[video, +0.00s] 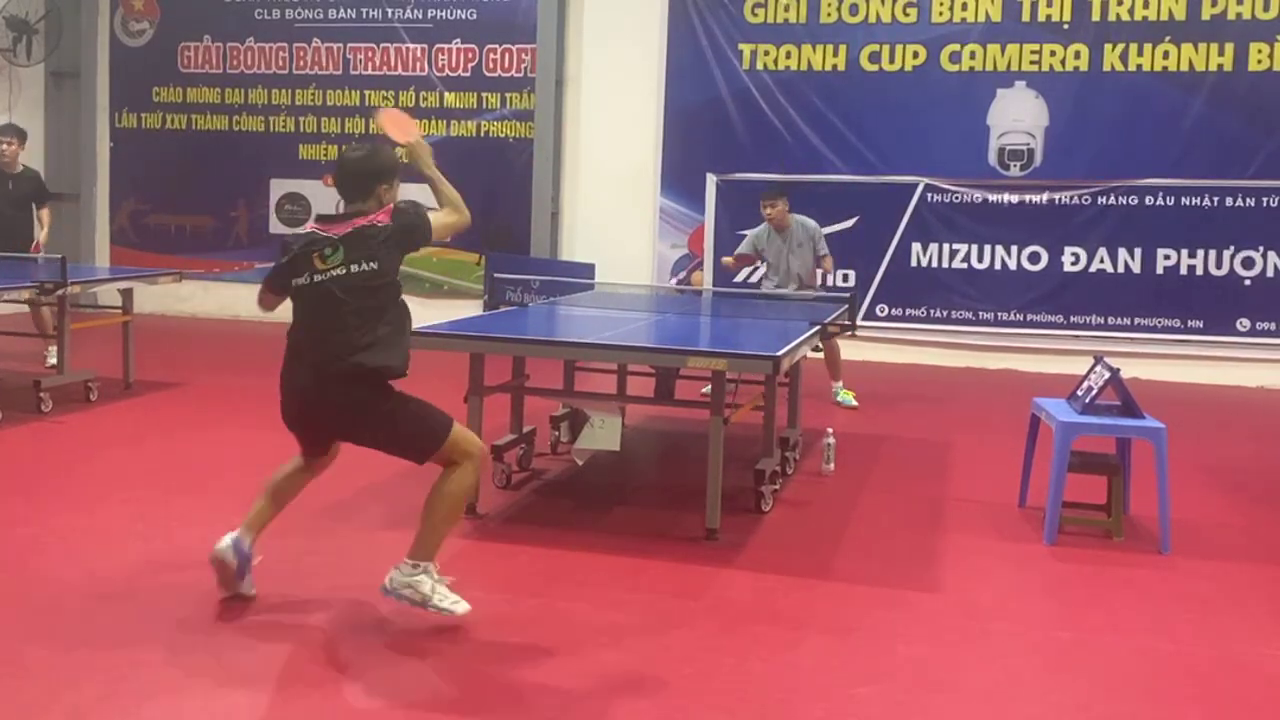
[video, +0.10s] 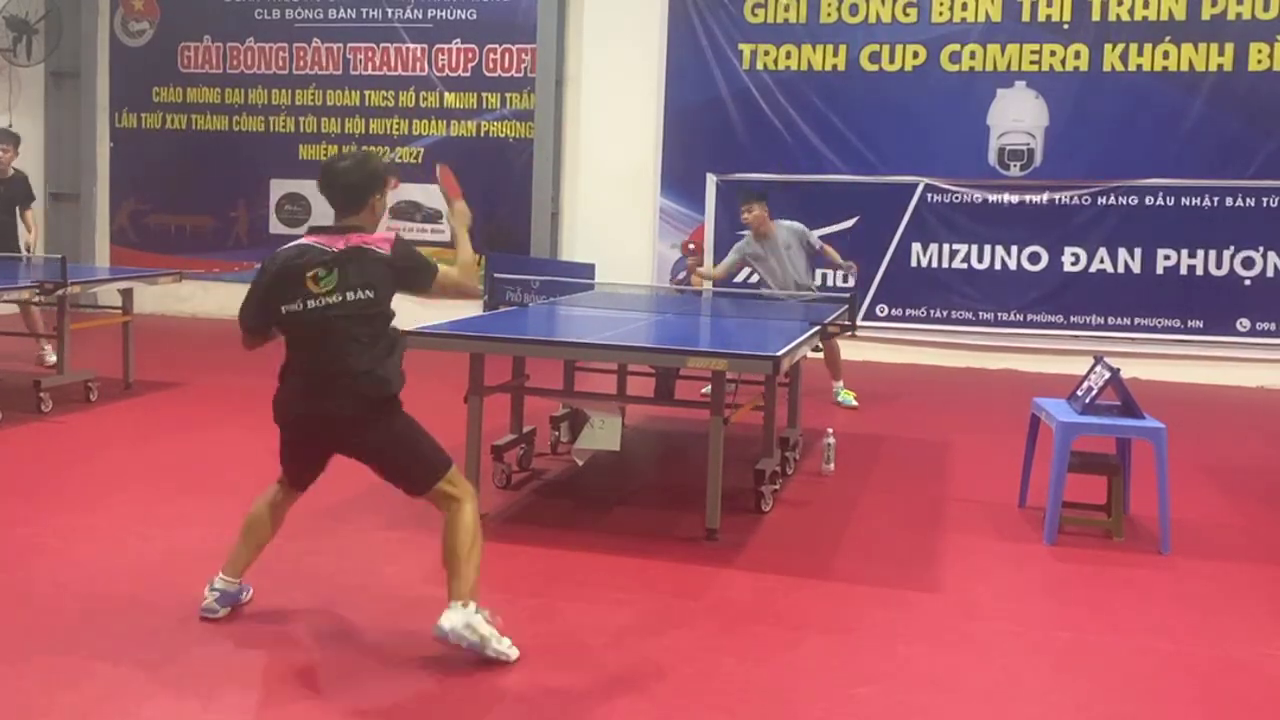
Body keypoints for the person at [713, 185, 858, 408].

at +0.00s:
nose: (768, 212)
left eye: (772, 207)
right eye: (764, 208)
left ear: (786, 206)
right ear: (761, 209)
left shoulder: (808, 227)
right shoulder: (759, 234)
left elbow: (824, 256)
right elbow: (742, 260)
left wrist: (827, 266)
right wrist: (732, 262)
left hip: (806, 295)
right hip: (770, 295)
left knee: (828, 334)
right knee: (736, 326)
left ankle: (838, 388)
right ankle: (722, 380)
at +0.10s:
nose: (744, 217)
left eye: (749, 211)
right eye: (742, 213)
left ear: (765, 211)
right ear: (742, 217)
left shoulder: (793, 229)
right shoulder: (745, 245)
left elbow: (822, 248)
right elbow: (718, 273)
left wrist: (841, 263)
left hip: (808, 299)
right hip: (773, 302)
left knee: (828, 335)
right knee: (739, 330)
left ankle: (839, 388)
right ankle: (726, 381)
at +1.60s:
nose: (851, 200)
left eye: (856, 196)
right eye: (847, 196)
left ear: (865, 199)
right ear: (842, 201)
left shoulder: (881, 224)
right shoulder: (836, 230)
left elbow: (898, 248)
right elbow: (822, 256)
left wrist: (911, 274)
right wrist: (818, 257)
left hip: (874, 288)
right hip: (842, 288)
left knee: (886, 329)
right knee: (815, 318)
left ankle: (909, 374)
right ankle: (810, 365)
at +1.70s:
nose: (844, 204)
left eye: (849, 199)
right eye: (840, 200)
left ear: (858, 203)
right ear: (835, 205)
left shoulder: (876, 229)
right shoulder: (828, 234)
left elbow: (886, 259)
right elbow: (817, 261)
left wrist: (886, 286)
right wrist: (814, 267)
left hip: (871, 291)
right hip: (838, 292)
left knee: (886, 331)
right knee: (808, 323)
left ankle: (909, 375)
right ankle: (800, 365)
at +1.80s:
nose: (828, 196)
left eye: (833, 191)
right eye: (824, 191)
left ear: (842, 193)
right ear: (819, 195)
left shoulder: (860, 220)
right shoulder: (811, 225)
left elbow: (870, 246)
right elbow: (800, 251)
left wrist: (866, 265)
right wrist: (798, 262)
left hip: (854, 286)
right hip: (821, 286)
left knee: (873, 328)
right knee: (800, 321)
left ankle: (902, 373)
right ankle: (801, 365)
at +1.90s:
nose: (813, 185)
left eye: (818, 180)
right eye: (809, 181)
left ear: (827, 182)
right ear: (805, 184)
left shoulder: (845, 209)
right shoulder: (797, 214)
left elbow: (858, 236)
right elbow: (785, 242)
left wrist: (853, 251)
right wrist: (783, 250)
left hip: (840, 275)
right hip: (807, 275)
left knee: (856, 320)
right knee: (788, 314)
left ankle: (875, 366)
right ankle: (799, 364)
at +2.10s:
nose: (787, 189)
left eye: (792, 185)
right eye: (783, 185)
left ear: (802, 185)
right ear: (779, 187)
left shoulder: (820, 210)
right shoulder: (775, 217)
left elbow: (836, 238)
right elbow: (761, 243)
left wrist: (823, 249)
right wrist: (756, 259)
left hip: (819, 278)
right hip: (786, 277)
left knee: (833, 321)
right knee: (767, 310)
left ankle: (842, 363)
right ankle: (781, 359)